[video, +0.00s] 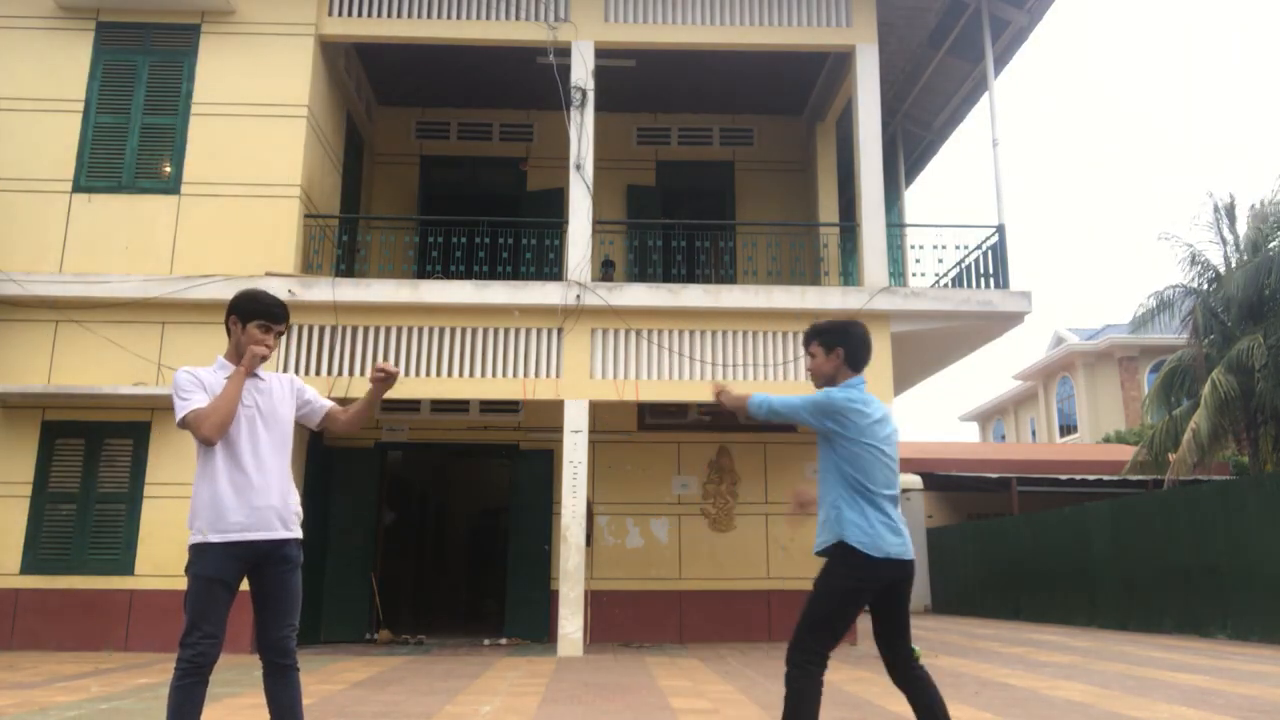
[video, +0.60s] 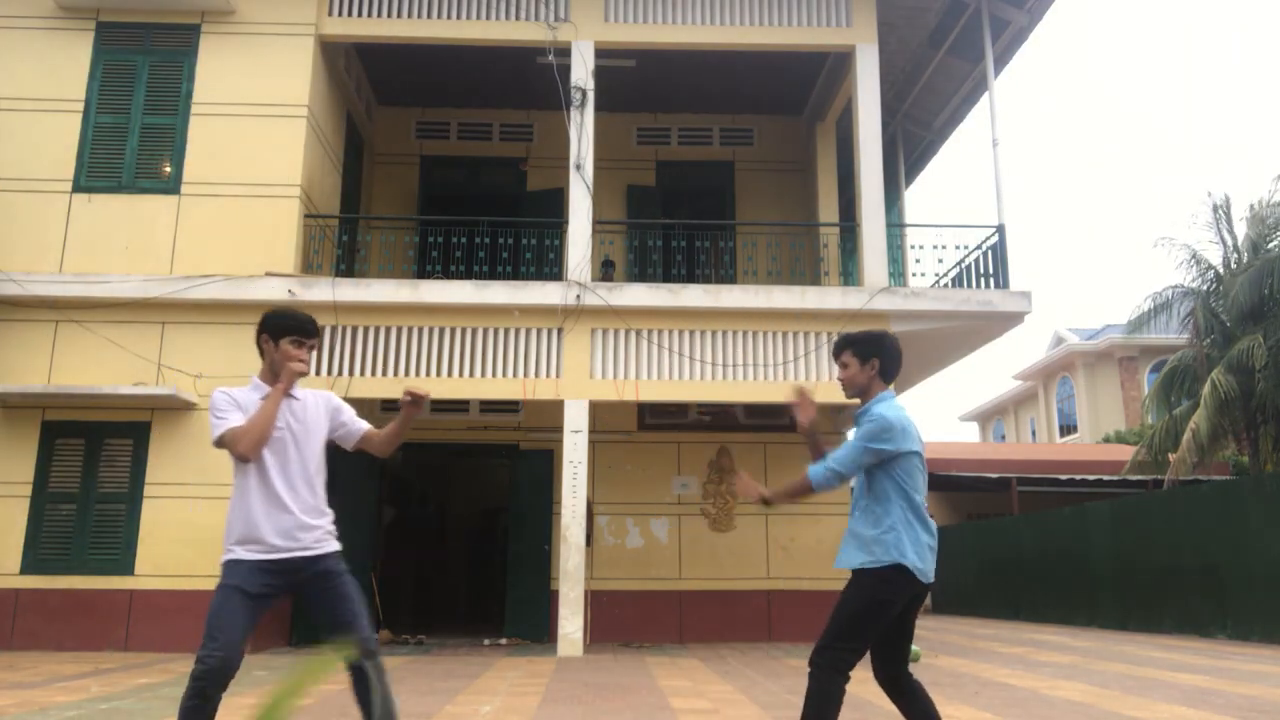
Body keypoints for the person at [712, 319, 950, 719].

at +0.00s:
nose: (807, 366)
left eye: (812, 356)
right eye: (806, 357)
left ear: (837, 356)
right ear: (844, 359)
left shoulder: (836, 404)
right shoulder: (881, 412)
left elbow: (767, 407)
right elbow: (874, 486)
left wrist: (732, 398)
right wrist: (819, 498)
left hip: (857, 555)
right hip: (896, 558)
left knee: (805, 658)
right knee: (902, 661)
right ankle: (940, 717)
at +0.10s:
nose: (816, 369)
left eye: (822, 359)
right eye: (816, 360)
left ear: (849, 360)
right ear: (851, 363)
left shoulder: (860, 406)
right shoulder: (870, 409)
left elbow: (789, 417)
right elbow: (860, 492)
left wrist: (765, 403)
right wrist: (827, 543)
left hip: (869, 560)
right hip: (897, 563)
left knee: (811, 662)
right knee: (895, 669)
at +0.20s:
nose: (826, 373)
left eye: (833, 363)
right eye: (825, 364)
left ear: (860, 364)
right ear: (853, 367)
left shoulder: (886, 415)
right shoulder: (850, 424)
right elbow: (821, 501)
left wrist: (810, 433)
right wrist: (775, 541)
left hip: (879, 564)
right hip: (883, 565)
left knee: (815, 664)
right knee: (888, 674)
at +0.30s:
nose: (833, 374)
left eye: (840, 365)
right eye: (832, 366)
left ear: (869, 367)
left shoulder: (902, 426)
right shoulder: (850, 430)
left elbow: (882, 490)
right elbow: (800, 469)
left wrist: (832, 487)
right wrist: (735, 478)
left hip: (890, 567)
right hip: (873, 566)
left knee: (819, 664)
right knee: (885, 674)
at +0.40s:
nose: (837, 374)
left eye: (844, 365)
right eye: (837, 366)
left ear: (873, 367)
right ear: (864, 369)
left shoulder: (898, 425)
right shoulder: (858, 426)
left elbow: (878, 491)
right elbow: (801, 450)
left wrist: (831, 522)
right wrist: (742, 425)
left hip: (893, 564)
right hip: (883, 564)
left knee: (824, 664)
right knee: (887, 672)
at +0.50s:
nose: (839, 376)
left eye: (846, 367)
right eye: (839, 368)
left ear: (874, 367)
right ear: (870, 370)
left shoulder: (890, 421)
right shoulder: (873, 423)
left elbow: (852, 486)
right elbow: (817, 451)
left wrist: (806, 520)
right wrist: (775, 412)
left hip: (891, 562)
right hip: (894, 563)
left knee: (828, 663)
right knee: (890, 673)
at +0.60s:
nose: (838, 376)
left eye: (845, 367)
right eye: (838, 368)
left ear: (873, 367)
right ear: (872, 370)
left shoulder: (884, 419)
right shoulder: (884, 417)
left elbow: (828, 476)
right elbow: (834, 472)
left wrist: (769, 494)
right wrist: (809, 431)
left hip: (887, 564)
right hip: (905, 566)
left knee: (828, 664)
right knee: (892, 672)